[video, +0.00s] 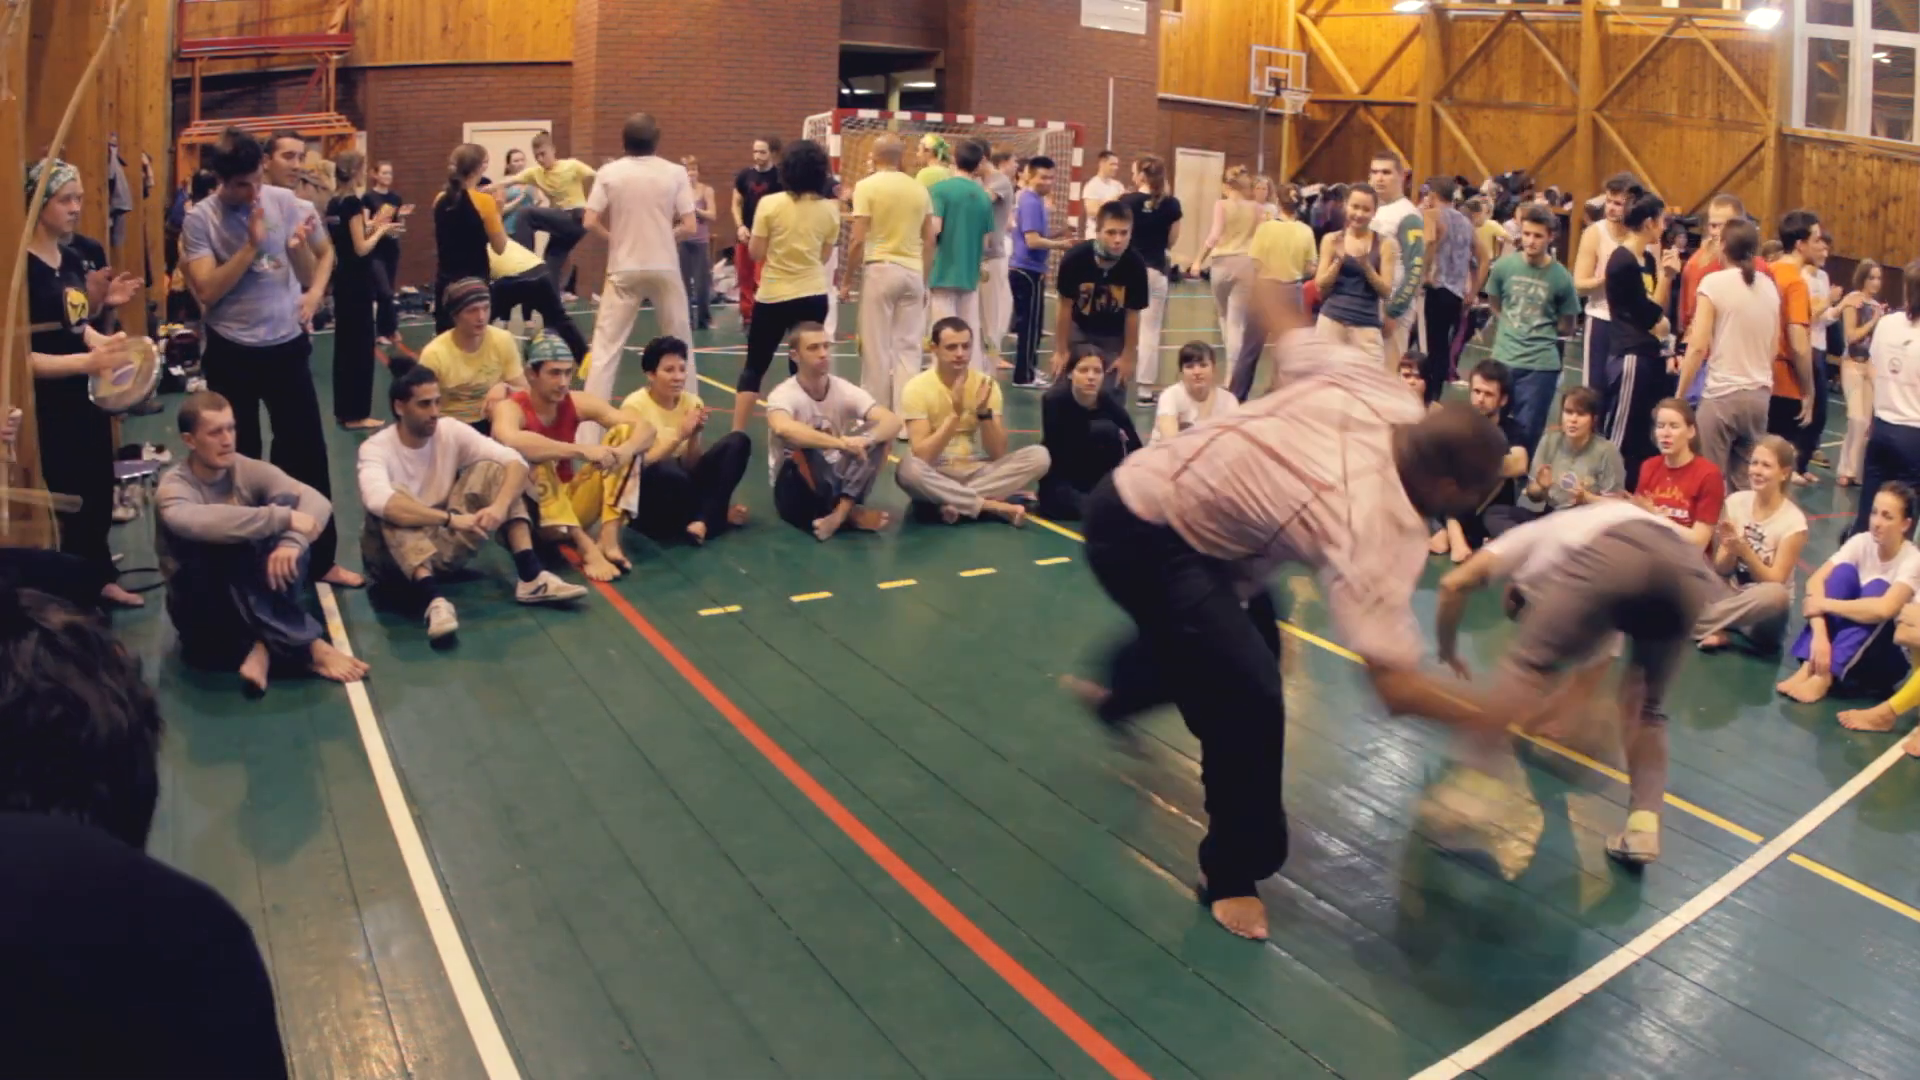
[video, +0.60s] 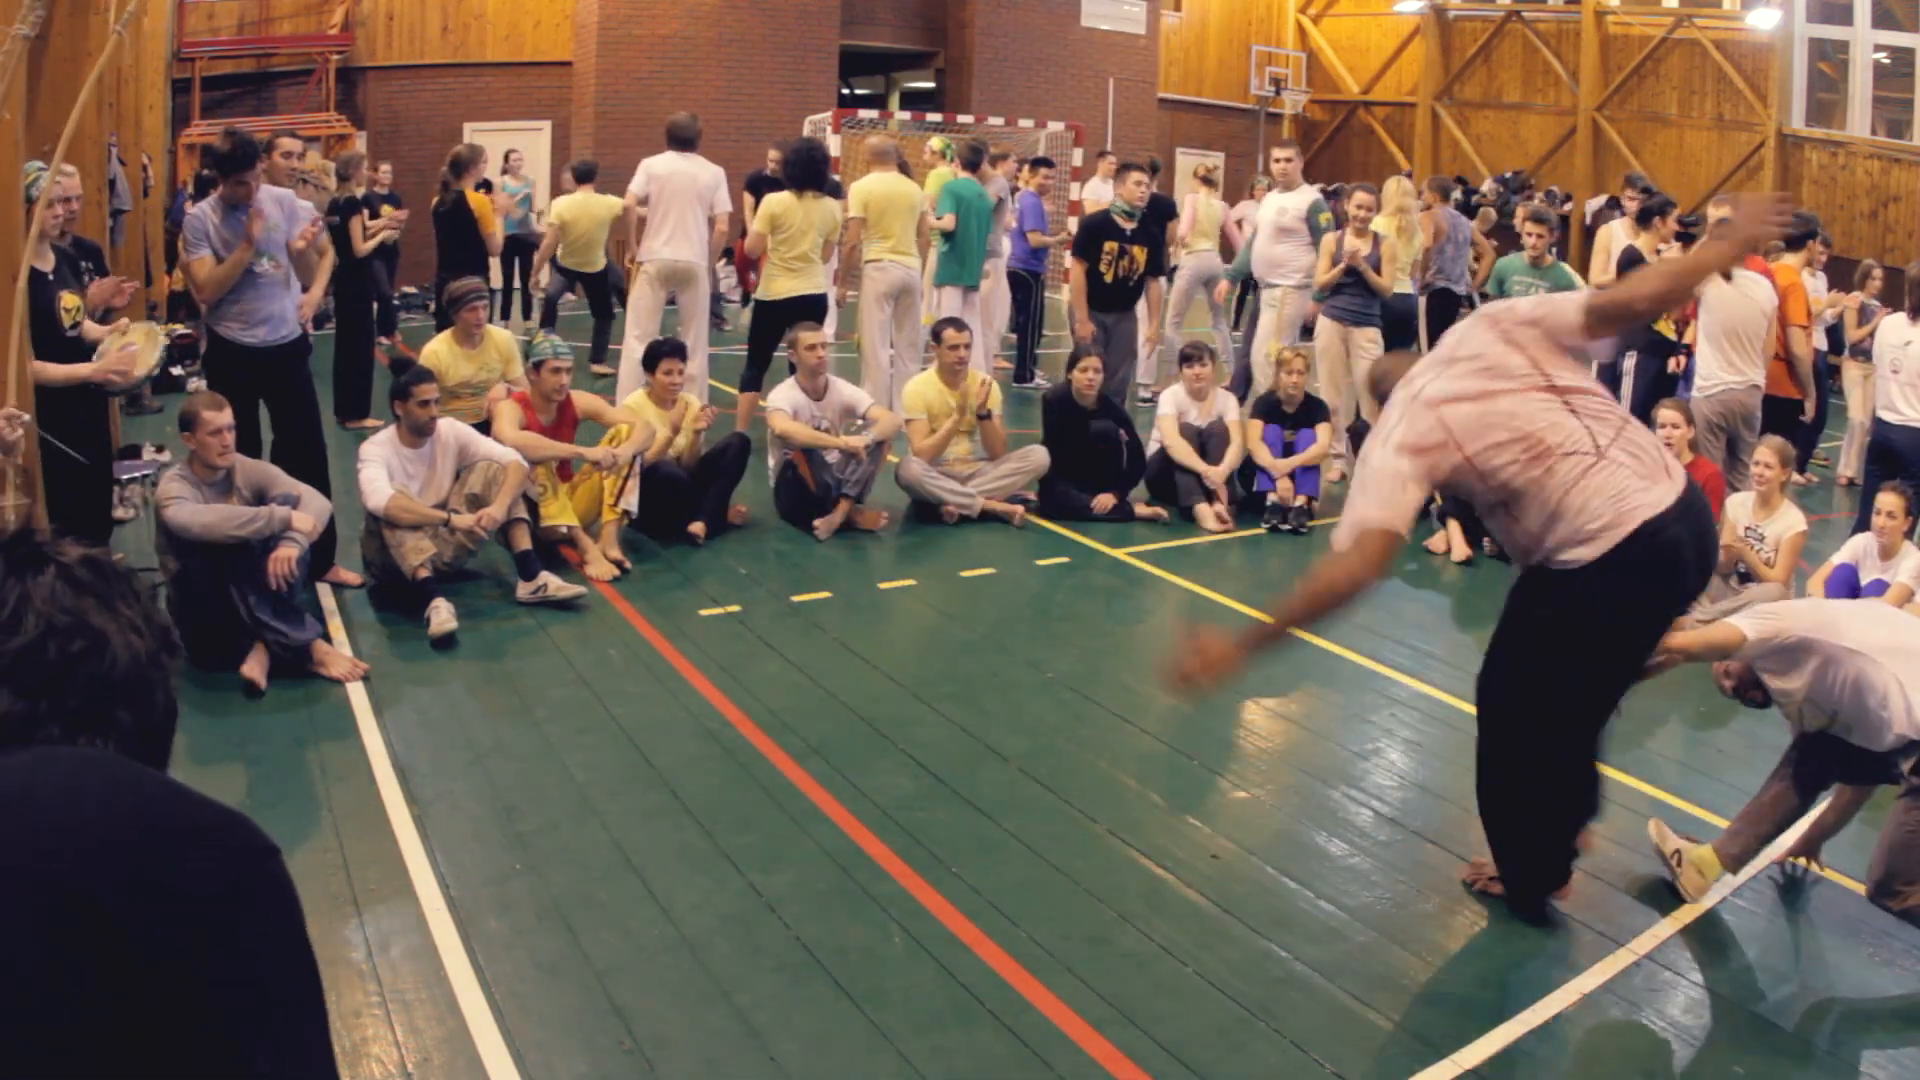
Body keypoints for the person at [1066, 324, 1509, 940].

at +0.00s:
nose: (1474, 503)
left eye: (1481, 492)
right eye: (1475, 492)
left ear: (1430, 413)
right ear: (1446, 487)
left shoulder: (1381, 388)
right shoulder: (1380, 527)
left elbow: (1283, 326)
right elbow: (1398, 690)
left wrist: (1255, 278)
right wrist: (1501, 714)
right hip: (1143, 528)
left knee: (1252, 647)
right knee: (1248, 696)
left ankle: (1114, 690)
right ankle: (1230, 877)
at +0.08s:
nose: (1478, 558)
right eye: (1486, 547)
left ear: (1478, 454)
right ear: (1468, 544)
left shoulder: (1450, 419)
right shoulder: (1372, 552)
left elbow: (1438, 313)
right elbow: (1259, 673)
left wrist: (1478, 269)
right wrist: (1290, 814)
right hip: (1190, 497)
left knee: (1359, 660)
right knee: (1235, 675)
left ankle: (1278, 765)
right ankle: (1228, 875)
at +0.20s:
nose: (1508, 593)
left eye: (1518, 579)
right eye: (1493, 588)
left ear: (1513, 529)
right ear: (1439, 563)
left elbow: (1634, 482)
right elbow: (1176, 494)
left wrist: (1729, 531)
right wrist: (1034, 550)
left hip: (1413, 467)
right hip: (1306, 478)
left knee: (1455, 691)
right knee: (1280, 692)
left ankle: (1472, 849)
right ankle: (1231, 872)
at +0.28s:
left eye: (1457, 624)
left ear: (1460, 588)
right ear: (1388, 596)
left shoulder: (1507, 539)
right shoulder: (1336, 481)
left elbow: (1621, 611)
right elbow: (1245, 394)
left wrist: (1642, 709)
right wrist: (1136, 367)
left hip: (1497, 467)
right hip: (1383, 450)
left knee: (1510, 699)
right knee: (1328, 670)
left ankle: (1477, 847)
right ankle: (1269, 856)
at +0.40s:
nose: (1377, 591)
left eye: (1367, 592)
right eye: (1369, 588)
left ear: (1369, 577)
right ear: (1336, 519)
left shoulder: (1451, 553)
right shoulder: (1364, 420)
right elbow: (1404, 318)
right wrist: (1357, 256)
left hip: (1586, 507)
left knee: (1543, 695)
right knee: (1415, 650)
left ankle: (1494, 855)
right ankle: (1381, 805)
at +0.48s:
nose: (1343, 540)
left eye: (1331, 533)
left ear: (1335, 525)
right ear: (1334, 452)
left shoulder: (1402, 516)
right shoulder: (1404, 376)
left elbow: (1450, 672)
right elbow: (1509, 308)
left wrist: (1328, 773)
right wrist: (1529, 244)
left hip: (1623, 538)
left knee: (1548, 698)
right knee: (1481, 669)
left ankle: (1519, 853)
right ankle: (1458, 819)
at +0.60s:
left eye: (1370, 411)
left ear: (1378, 399)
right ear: (1421, 350)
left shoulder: (1401, 429)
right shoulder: (1498, 322)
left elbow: (1357, 567)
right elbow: (1623, 302)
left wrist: (1243, 645)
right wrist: (1723, 244)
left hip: (1598, 559)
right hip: (1681, 521)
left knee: (1511, 702)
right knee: (1574, 695)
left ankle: (1531, 882)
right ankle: (1559, 833)